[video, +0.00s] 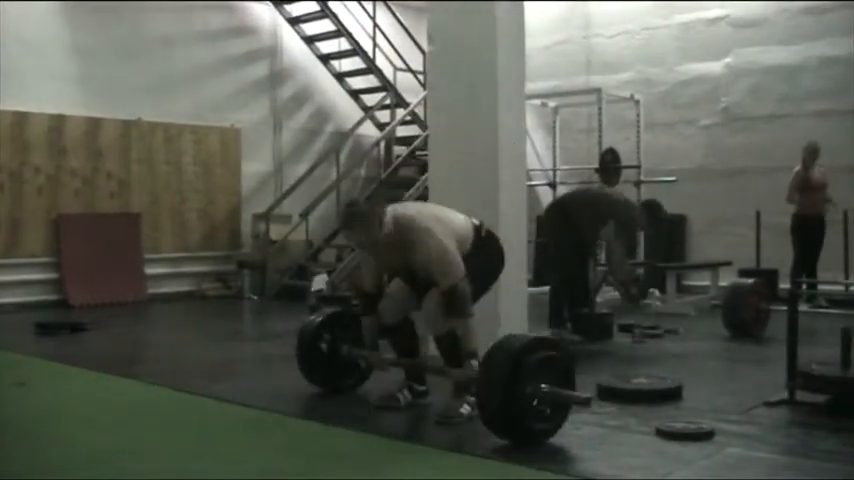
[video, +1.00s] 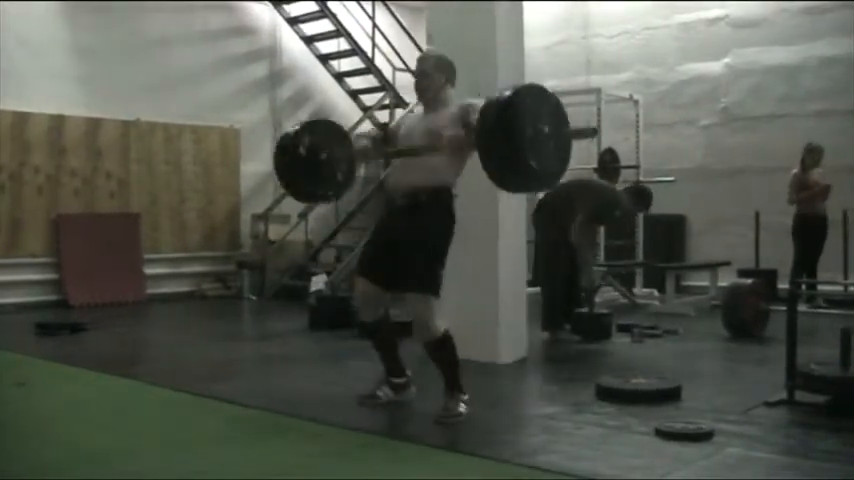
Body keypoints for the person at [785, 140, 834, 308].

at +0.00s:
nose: (811, 158)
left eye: (814, 155)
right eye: (809, 155)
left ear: (817, 156)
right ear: (804, 155)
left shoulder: (820, 173)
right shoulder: (799, 173)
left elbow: (822, 195)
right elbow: (790, 197)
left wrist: (827, 199)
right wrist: (807, 200)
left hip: (817, 218)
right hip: (801, 218)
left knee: (812, 259)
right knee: (800, 257)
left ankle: (812, 295)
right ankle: (794, 294)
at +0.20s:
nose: (811, 159)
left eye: (814, 156)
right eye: (808, 156)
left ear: (817, 157)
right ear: (803, 156)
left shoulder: (820, 173)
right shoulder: (797, 174)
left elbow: (827, 195)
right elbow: (789, 197)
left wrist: (817, 198)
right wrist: (809, 197)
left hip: (817, 218)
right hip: (801, 218)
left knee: (813, 259)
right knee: (800, 258)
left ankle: (812, 295)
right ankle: (794, 294)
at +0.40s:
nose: (813, 160)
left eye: (816, 157)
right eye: (810, 156)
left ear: (819, 158)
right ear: (804, 156)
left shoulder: (819, 174)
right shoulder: (797, 175)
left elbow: (826, 195)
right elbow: (790, 199)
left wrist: (825, 192)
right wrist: (813, 194)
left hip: (818, 218)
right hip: (802, 218)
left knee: (812, 259)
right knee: (800, 258)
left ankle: (812, 295)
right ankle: (794, 294)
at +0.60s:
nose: (815, 160)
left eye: (817, 157)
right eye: (812, 156)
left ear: (820, 158)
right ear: (805, 156)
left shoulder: (820, 174)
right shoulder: (798, 175)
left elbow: (825, 197)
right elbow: (791, 199)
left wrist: (825, 192)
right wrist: (813, 193)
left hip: (819, 218)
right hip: (802, 218)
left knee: (813, 259)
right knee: (801, 258)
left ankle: (812, 295)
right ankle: (794, 294)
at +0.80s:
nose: (816, 160)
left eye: (818, 157)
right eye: (814, 156)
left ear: (820, 158)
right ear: (806, 156)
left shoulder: (819, 174)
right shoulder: (797, 175)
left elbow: (822, 197)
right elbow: (791, 199)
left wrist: (824, 191)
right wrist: (814, 191)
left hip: (818, 218)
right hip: (802, 218)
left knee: (812, 260)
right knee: (800, 258)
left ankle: (812, 295)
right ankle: (793, 294)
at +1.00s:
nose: (817, 161)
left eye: (819, 157)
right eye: (814, 157)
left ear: (820, 158)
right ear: (806, 156)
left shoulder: (819, 174)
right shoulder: (797, 174)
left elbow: (820, 198)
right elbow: (791, 199)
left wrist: (824, 191)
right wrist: (814, 191)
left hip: (818, 219)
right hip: (802, 218)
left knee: (812, 260)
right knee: (800, 258)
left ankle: (812, 295)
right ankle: (793, 294)